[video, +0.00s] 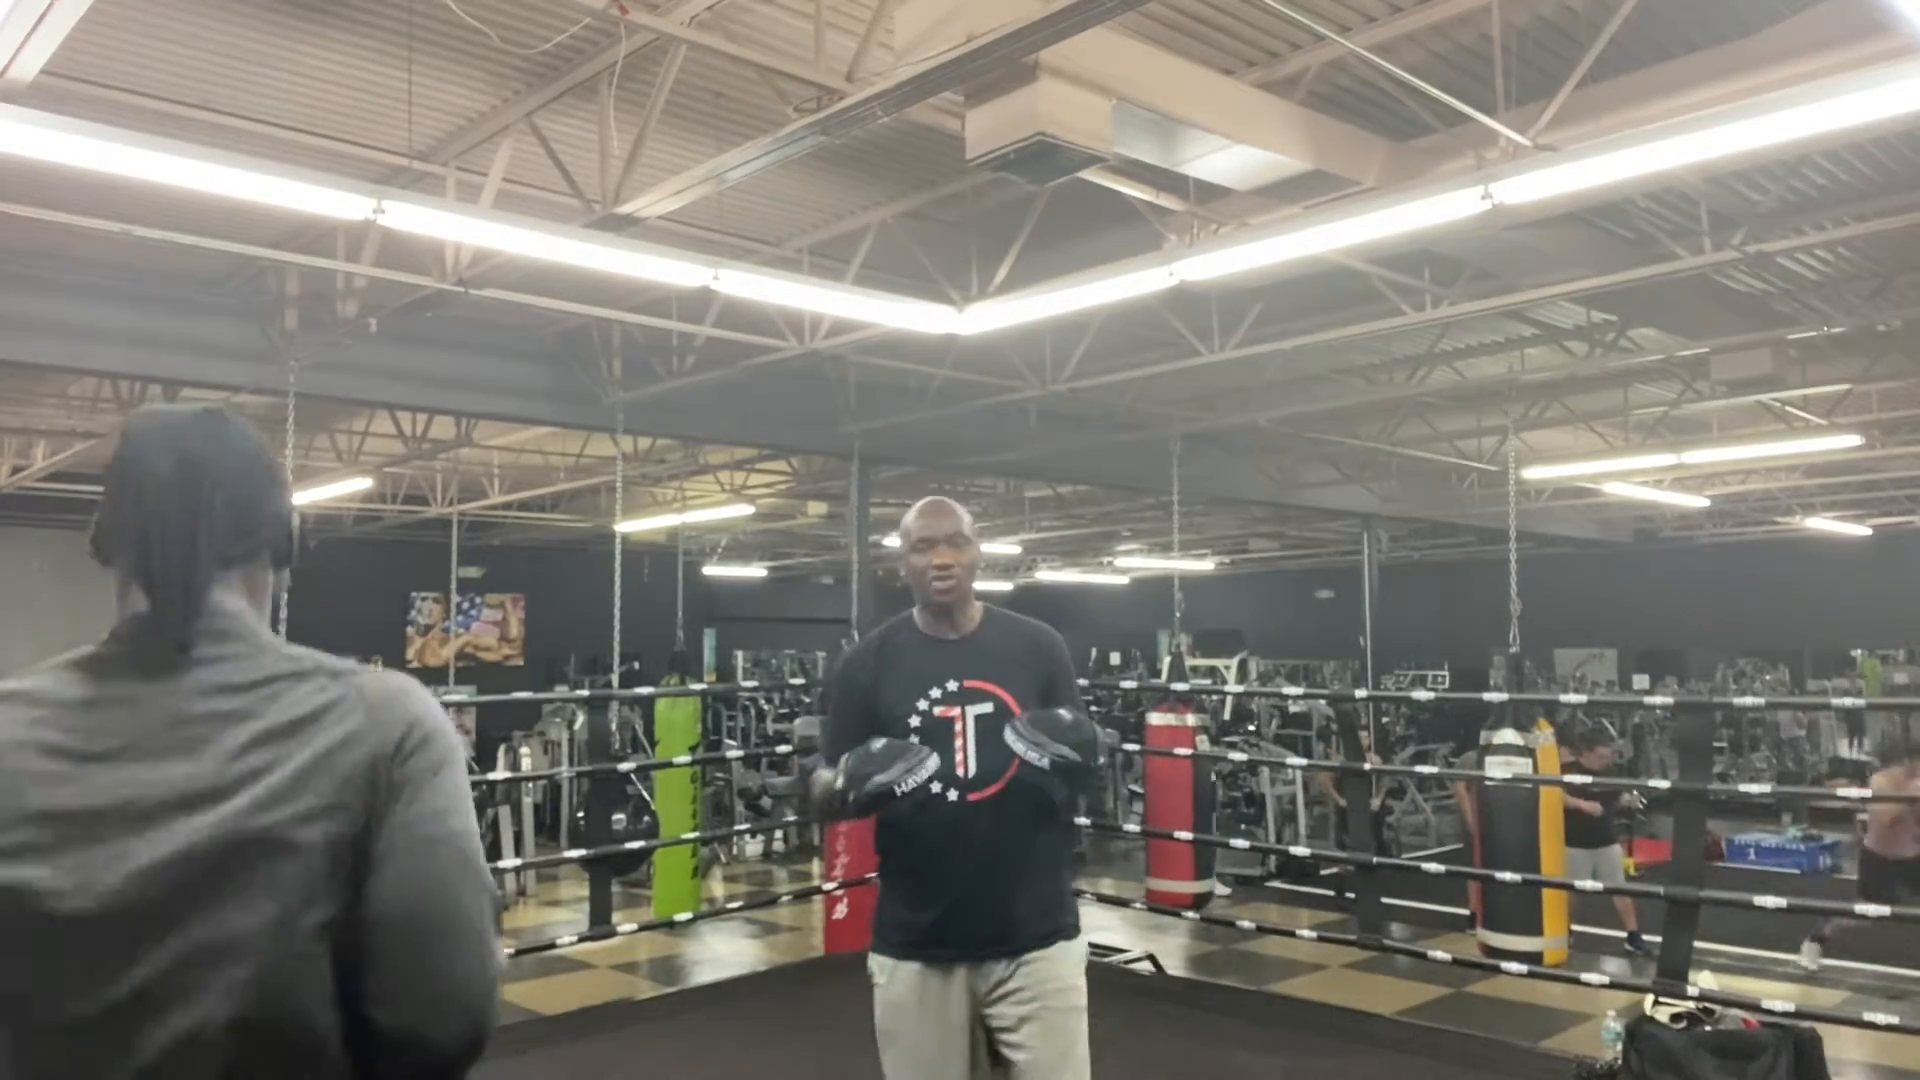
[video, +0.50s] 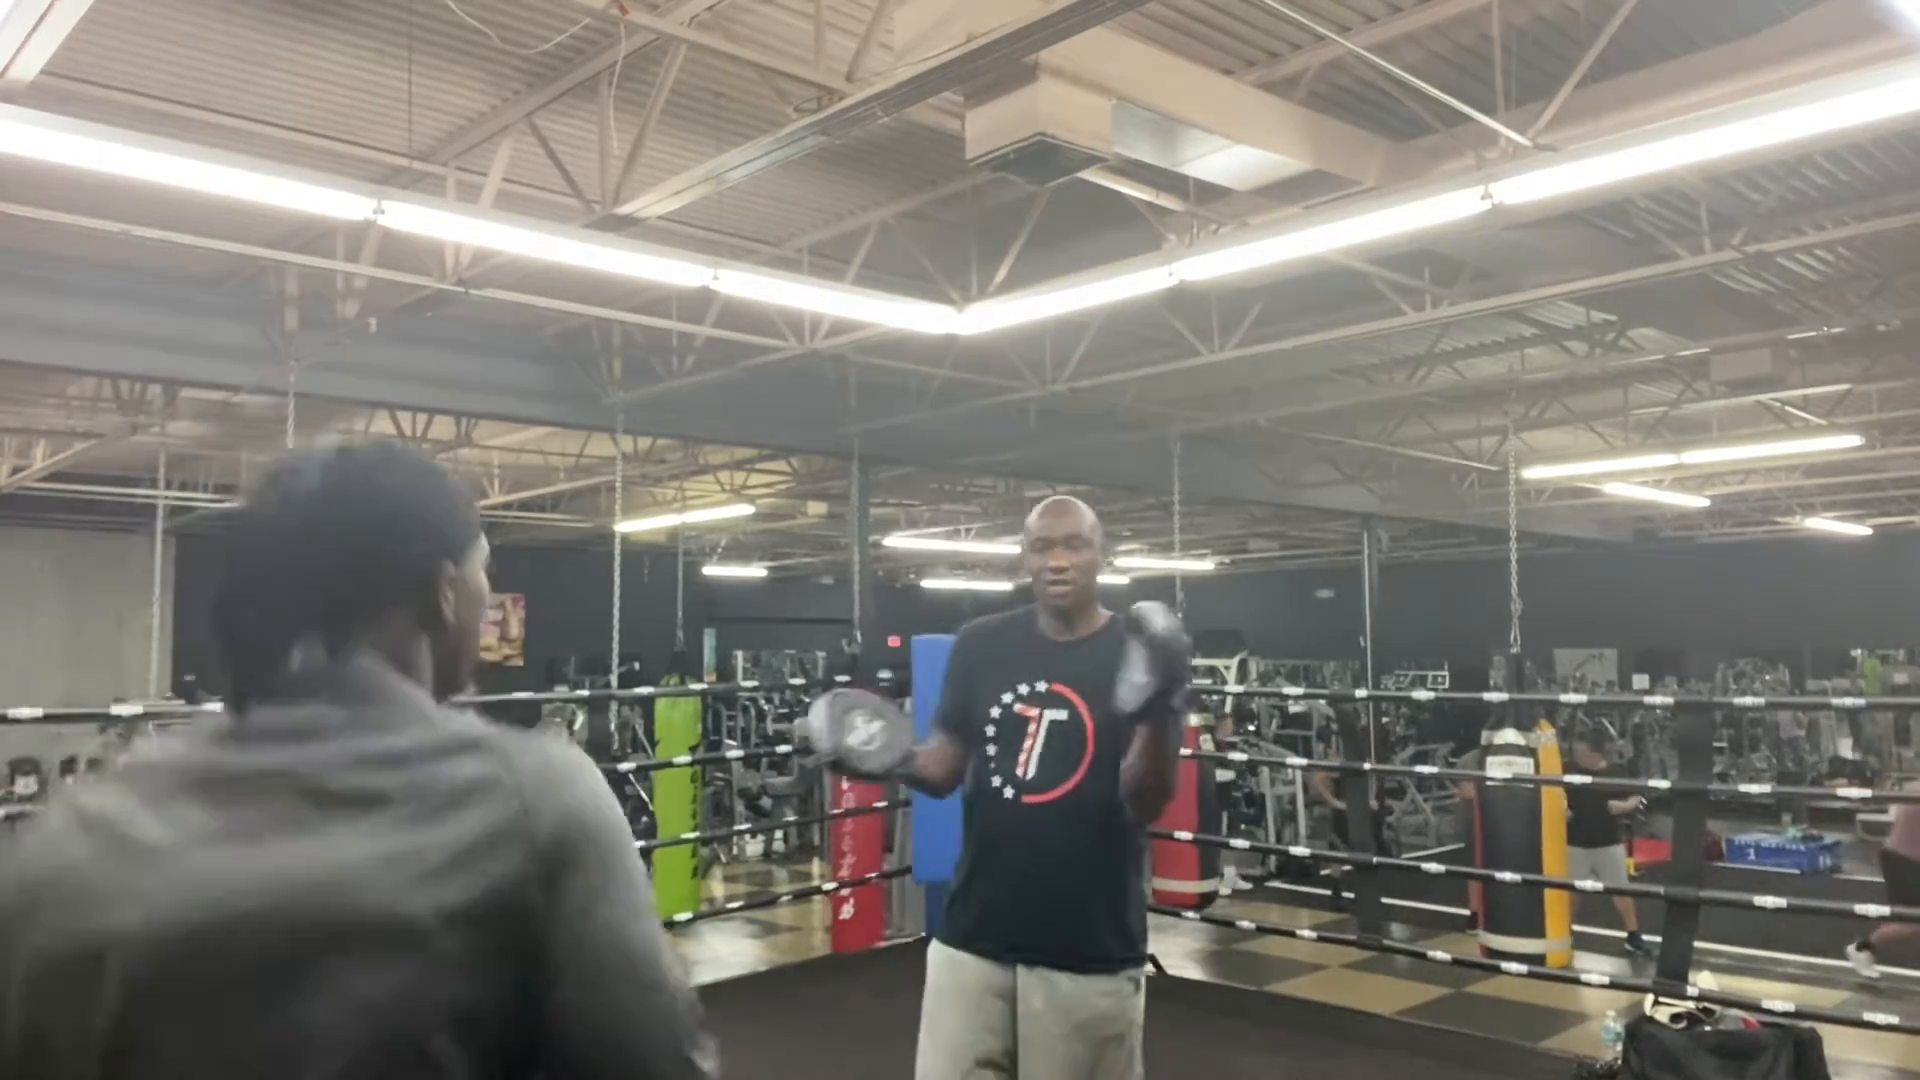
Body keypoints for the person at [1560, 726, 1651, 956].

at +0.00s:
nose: (1605, 761)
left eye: (1608, 756)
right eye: (1601, 755)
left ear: (1611, 754)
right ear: (1585, 752)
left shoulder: (1609, 775)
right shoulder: (1566, 773)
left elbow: (1610, 803)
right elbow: (1556, 797)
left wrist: (1625, 803)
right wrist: (1581, 804)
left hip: (1606, 842)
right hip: (1575, 843)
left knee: (1620, 889)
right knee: (1569, 891)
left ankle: (1633, 934)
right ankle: (1565, 932)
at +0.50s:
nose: (1575, 752)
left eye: (1580, 747)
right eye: (1575, 747)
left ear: (1596, 750)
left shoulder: (1615, 774)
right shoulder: (1567, 773)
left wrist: (1627, 805)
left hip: (1608, 841)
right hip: (1575, 842)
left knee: (1620, 890)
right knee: (1571, 890)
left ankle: (1633, 934)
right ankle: (1564, 932)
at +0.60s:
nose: (1576, 753)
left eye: (1580, 749)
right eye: (1579, 749)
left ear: (1593, 750)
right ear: (1575, 751)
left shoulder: (1615, 774)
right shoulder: (1568, 775)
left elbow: (1637, 800)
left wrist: (1613, 805)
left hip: (1608, 841)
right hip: (1575, 841)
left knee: (1620, 890)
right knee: (1569, 892)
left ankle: (1633, 935)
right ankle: (1561, 935)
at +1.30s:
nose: (1575, 757)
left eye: (1578, 751)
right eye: (1572, 752)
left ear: (1589, 753)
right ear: (1567, 753)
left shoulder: (1607, 772)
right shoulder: (1562, 776)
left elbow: (1632, 794)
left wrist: (1611, 797)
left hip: (1604, 841)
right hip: (1573, 843)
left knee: (1619, 889)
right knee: (1567, 893)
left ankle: (1633, 935)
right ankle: (1563, 938)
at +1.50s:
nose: (1586, 760)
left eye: (1590, 754)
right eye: (1581, 754)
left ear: (1596, 755)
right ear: (1570, 755)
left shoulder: (1604, 778)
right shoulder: (1564, 780)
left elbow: (1616, 804)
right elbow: (1556, 810)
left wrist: (1628, 803)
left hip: (1605, 842)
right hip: (1575, 844)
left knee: (1620, 889)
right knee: (1570, 893)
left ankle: (1633, 934)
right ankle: (1568, 940)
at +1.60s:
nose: (1589, 760)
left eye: (1593, 755)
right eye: (1584, 755)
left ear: (1599, 755)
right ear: (1574, 755)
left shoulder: (1609, 775)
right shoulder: (1565, 779)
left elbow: (1621, 802)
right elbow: (1559, 809)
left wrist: (1630, 802)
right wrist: (1576, 781)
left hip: (1607, 841)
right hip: (1577, 844)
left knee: (1619, 889)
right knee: (1572, 893)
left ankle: (1633, 935)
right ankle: (1570, 940)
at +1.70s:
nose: (1593, 757)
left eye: (1598, 752)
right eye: (1590, 753)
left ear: (1604, 751)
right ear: (1577, 752)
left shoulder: (1610, 763)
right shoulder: (1567, 765)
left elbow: (1627, 788)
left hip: (1606, 837)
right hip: (1578, 839)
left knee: (1619, 889)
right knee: (1574, 893)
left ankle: (1633, 935)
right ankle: (1570, 941)